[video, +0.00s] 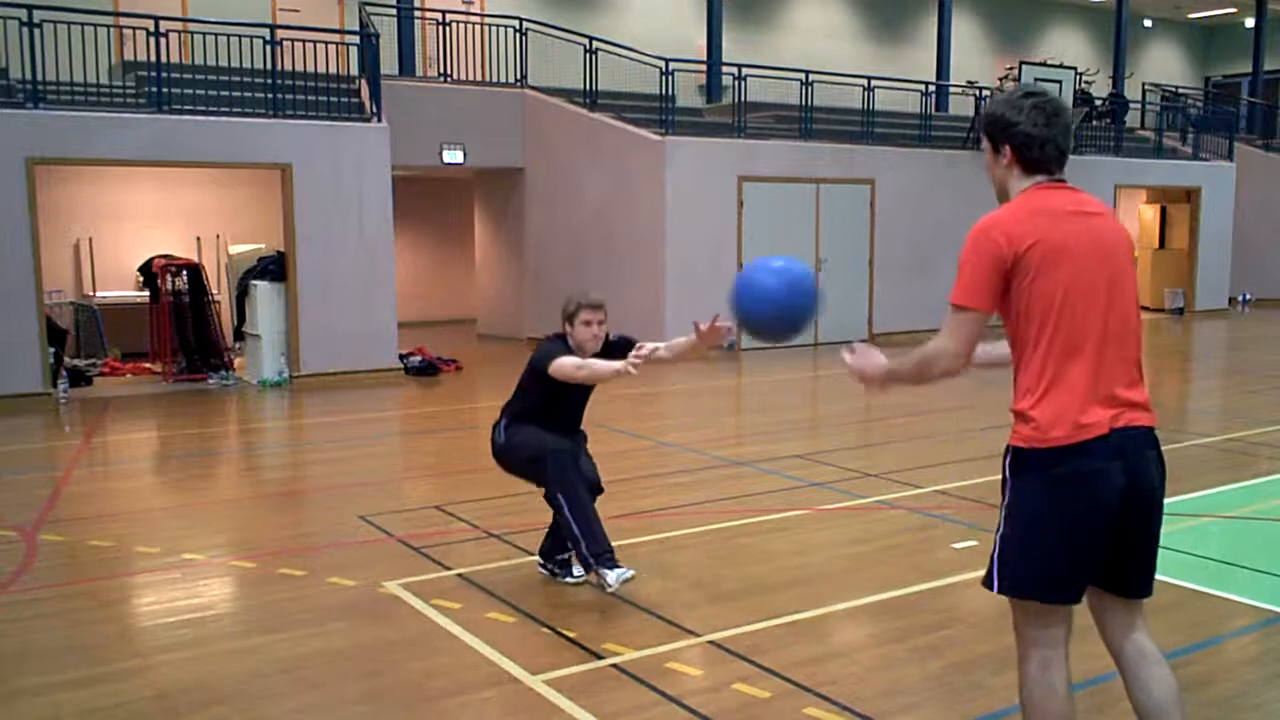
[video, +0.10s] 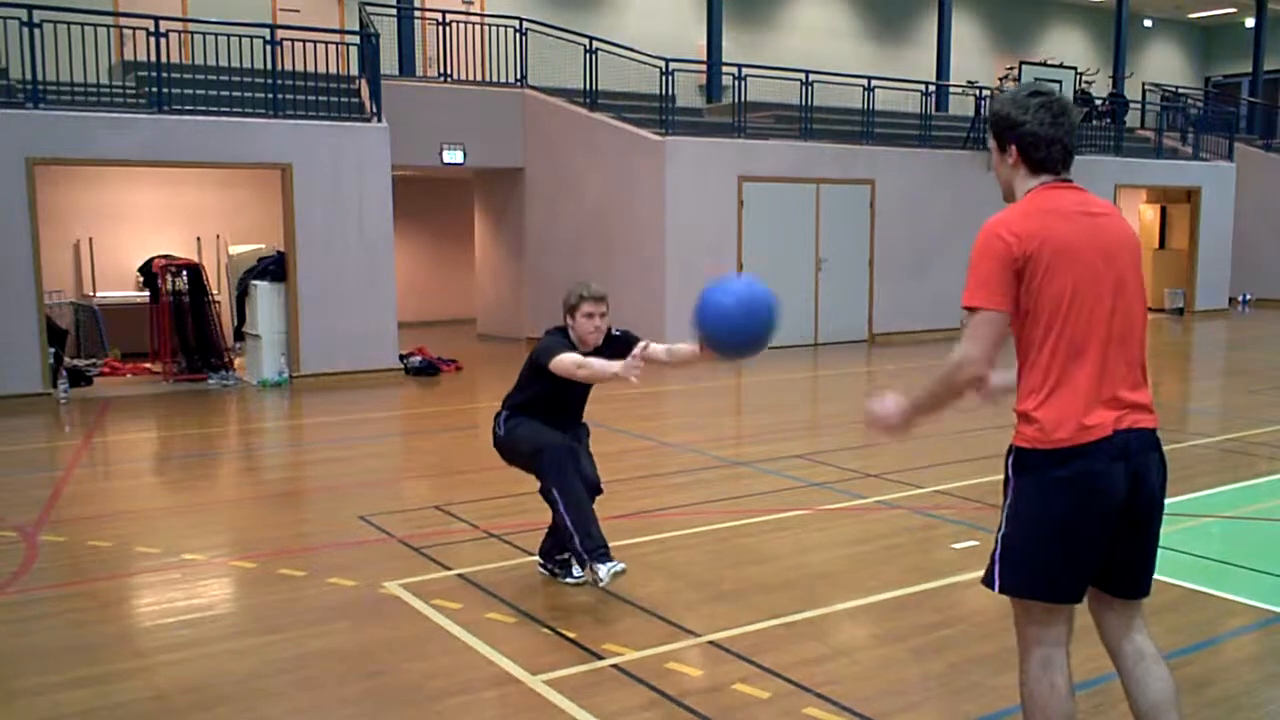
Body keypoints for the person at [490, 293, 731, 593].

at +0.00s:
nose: (596, 331)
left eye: (600, 324)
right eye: (587, 324)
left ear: (606, 326)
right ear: (569, 328)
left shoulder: (609, 348)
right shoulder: (549, 352)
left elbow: (661, 350)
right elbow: (578, 371)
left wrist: (698, 342)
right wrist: (618, 368)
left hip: (566, 438)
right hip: (518, 435)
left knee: (587, 485)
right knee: (560, 460)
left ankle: (554, 555)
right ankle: (602, 564)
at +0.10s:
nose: (598, 324)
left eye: (603, 316)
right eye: (589, 317)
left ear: (608, 318)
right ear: (570, 319)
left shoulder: (611, 341)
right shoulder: (552, 345)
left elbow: (662, 353)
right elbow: (578, 369)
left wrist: (701, 350)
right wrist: (617, 368)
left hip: (568, 430)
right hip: (520, 426)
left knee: (586, 484)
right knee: (558, 454)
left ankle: (554, 556)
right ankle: (597, 559)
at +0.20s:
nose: (596, 325)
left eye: (601, 318)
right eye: (587, 318)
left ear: (607, 319)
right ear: (568, 321)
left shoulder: (608, 342)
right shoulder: (550, 348)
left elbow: (647, 361)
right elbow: (580, 379)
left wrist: (681, 369)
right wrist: (623, 388)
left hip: (568, 427)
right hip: (520, 423)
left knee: (582, 485)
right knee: (557, 453)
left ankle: (553, 555)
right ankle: (593, 560)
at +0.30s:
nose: (594, 323)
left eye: (599, 315)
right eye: (585, 316)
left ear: (605, 317)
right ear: (567, 319)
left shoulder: (612, 344)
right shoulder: (547, 349)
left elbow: (648, 389)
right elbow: (569, 410)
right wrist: (629, 418)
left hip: (572, 421)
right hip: (523, 419)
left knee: (580, 488)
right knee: (557, 453)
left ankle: (553, 555)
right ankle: (586, 568)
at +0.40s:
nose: (598, 321)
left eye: (603, 313)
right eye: (589, 313)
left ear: (609, 315)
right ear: (570, 317)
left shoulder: (615, 348)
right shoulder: (544, 346)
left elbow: (640, 401)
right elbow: (531, 423)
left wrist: (653, 430)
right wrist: (590, 434)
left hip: (577, 420)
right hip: (527, 417)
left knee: (584, 490)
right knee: (558, 478)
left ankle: (553, 555)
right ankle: (581, 576)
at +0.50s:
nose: (602, 320)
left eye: (607, 312)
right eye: (593, 312)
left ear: (612, 313)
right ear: (573, 315)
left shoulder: (620, 349)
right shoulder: (545, 346)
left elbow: (633, 393)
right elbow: (513, 420)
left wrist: (626, 409)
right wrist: (572, 419)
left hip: (578, 420)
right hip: (531, 416)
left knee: (584, 490)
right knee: (561, 474)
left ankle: (553, 555)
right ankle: (577, 575)